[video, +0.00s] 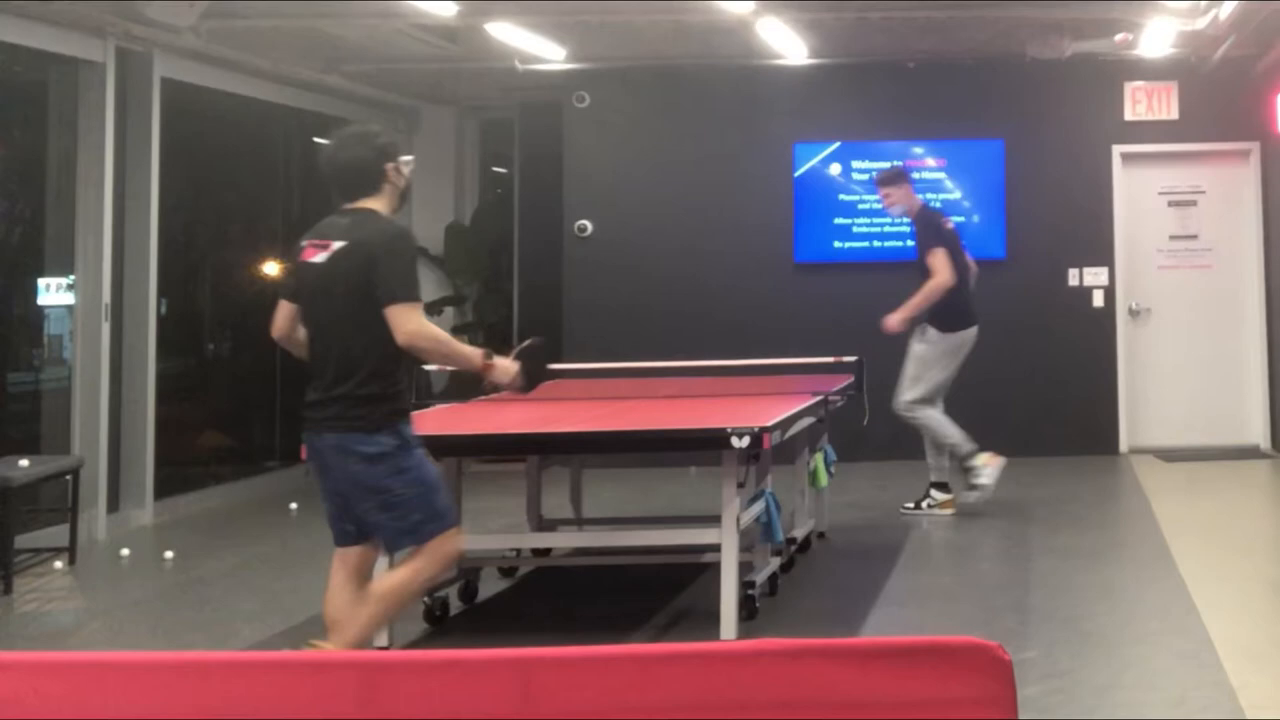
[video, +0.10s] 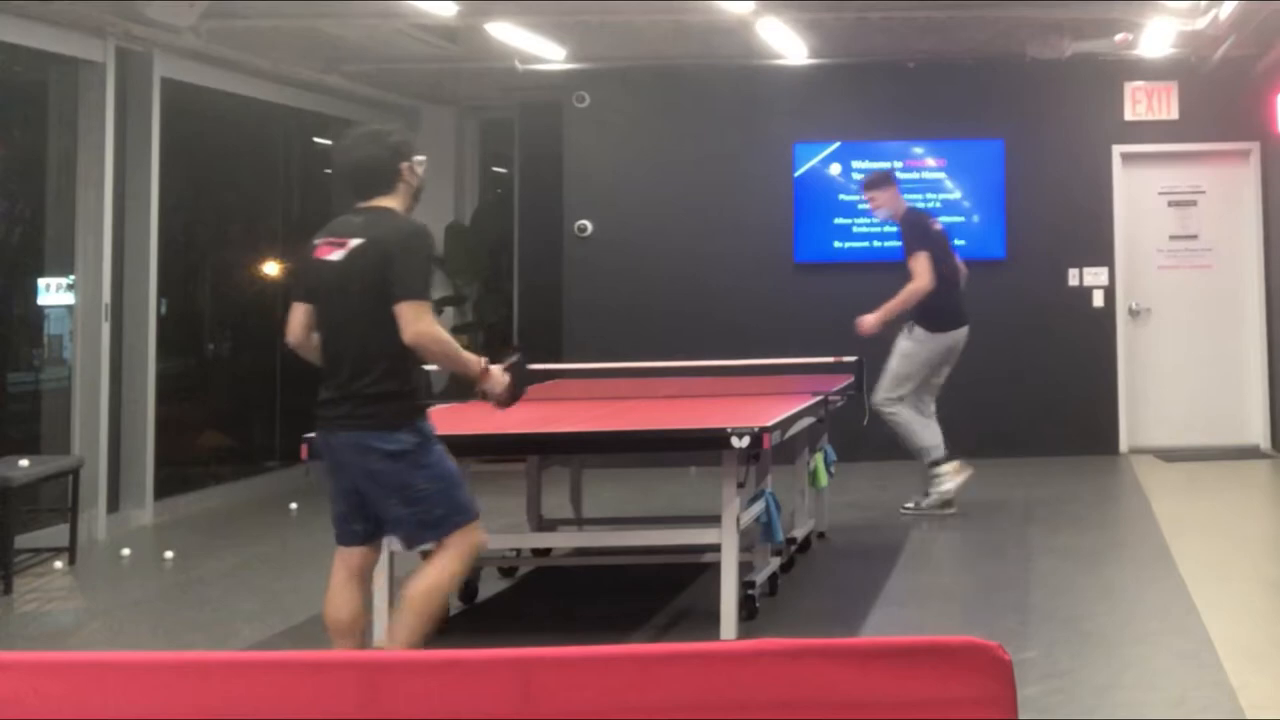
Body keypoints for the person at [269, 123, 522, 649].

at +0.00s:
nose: (406, 172)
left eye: (403, 163)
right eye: (401, 164)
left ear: (341, 179)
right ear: (387, 172)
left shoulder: (317, 238)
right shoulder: (387, 237)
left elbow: (284, 329)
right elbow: (410, 332)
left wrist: (333, 359)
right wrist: (485, 363)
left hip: (327, 430)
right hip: (371, 432)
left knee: (354, 552)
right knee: (442, 545)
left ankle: (345, 679)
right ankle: (336, 650)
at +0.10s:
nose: (419, 171)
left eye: (414, 162)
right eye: (413, 162)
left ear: (354, 178)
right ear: (399, 172)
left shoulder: (327, 239)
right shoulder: (404, 235)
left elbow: (298, 335)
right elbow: (417, 331)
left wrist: (353, 364)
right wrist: (479, 371)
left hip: (338, 429)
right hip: (391, 430)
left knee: (354, 556)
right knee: (463, 537)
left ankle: (351, 684)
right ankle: (391, 669)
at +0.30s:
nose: (473, 174)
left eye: (469, 165)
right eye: (470, 166)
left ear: (404, 183)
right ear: (459, 176)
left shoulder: (369, 244)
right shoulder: (472, 245)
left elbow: (356, 336)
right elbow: (483, 347)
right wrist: (500, 405)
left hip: (370, 437)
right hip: (437, 440)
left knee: (363, 563)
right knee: (479, 563)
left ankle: (349, 690)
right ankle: (484, 702)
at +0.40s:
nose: (504, 173)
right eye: (502, 167)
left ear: (436, 176)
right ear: (496, 174)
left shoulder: (399, 235)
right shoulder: (505, 247)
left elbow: (389, 320)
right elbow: (524, 347)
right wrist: (526, 414)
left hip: (380, 427)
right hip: (448, 434)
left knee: (374, 559)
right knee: (485, 563)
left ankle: (350, 685)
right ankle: (489, 705)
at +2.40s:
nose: (459, 212)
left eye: (458, 203)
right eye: (459, 204)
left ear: (397, 203)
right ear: (449, 206)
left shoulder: (347, 249)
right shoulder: (446, 257)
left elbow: (296, 331)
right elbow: (468, 349)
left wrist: (353, 348)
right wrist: (505, 377)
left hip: (325, 431)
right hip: (393, 434)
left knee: (317, 559)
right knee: (449, 552)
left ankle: (287, 685)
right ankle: (455, 683)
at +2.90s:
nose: (395, 287)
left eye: (394, 279)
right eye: (394, 280)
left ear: (335, 279)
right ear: (385, 285)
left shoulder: (287, 310)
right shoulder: (395, 334)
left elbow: (254, 392)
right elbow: (459, 394)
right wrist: (438, 382)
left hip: (251, 457)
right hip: (328, 465)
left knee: (229, 557)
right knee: (414, 558)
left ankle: (212, 676)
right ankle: (449, 675)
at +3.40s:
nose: (395, 237)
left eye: (393, 228)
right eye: (392, 229)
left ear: (334, 232)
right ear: (381, 234)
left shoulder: (288, 275)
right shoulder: (391, 289)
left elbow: (223, 348)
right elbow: (417, 373)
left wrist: (285, 366)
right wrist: (461, 380)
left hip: (256, 440)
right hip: (326, 446)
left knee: (231, 536)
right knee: (401, 552)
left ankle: (178, 657)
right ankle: (412, 681)